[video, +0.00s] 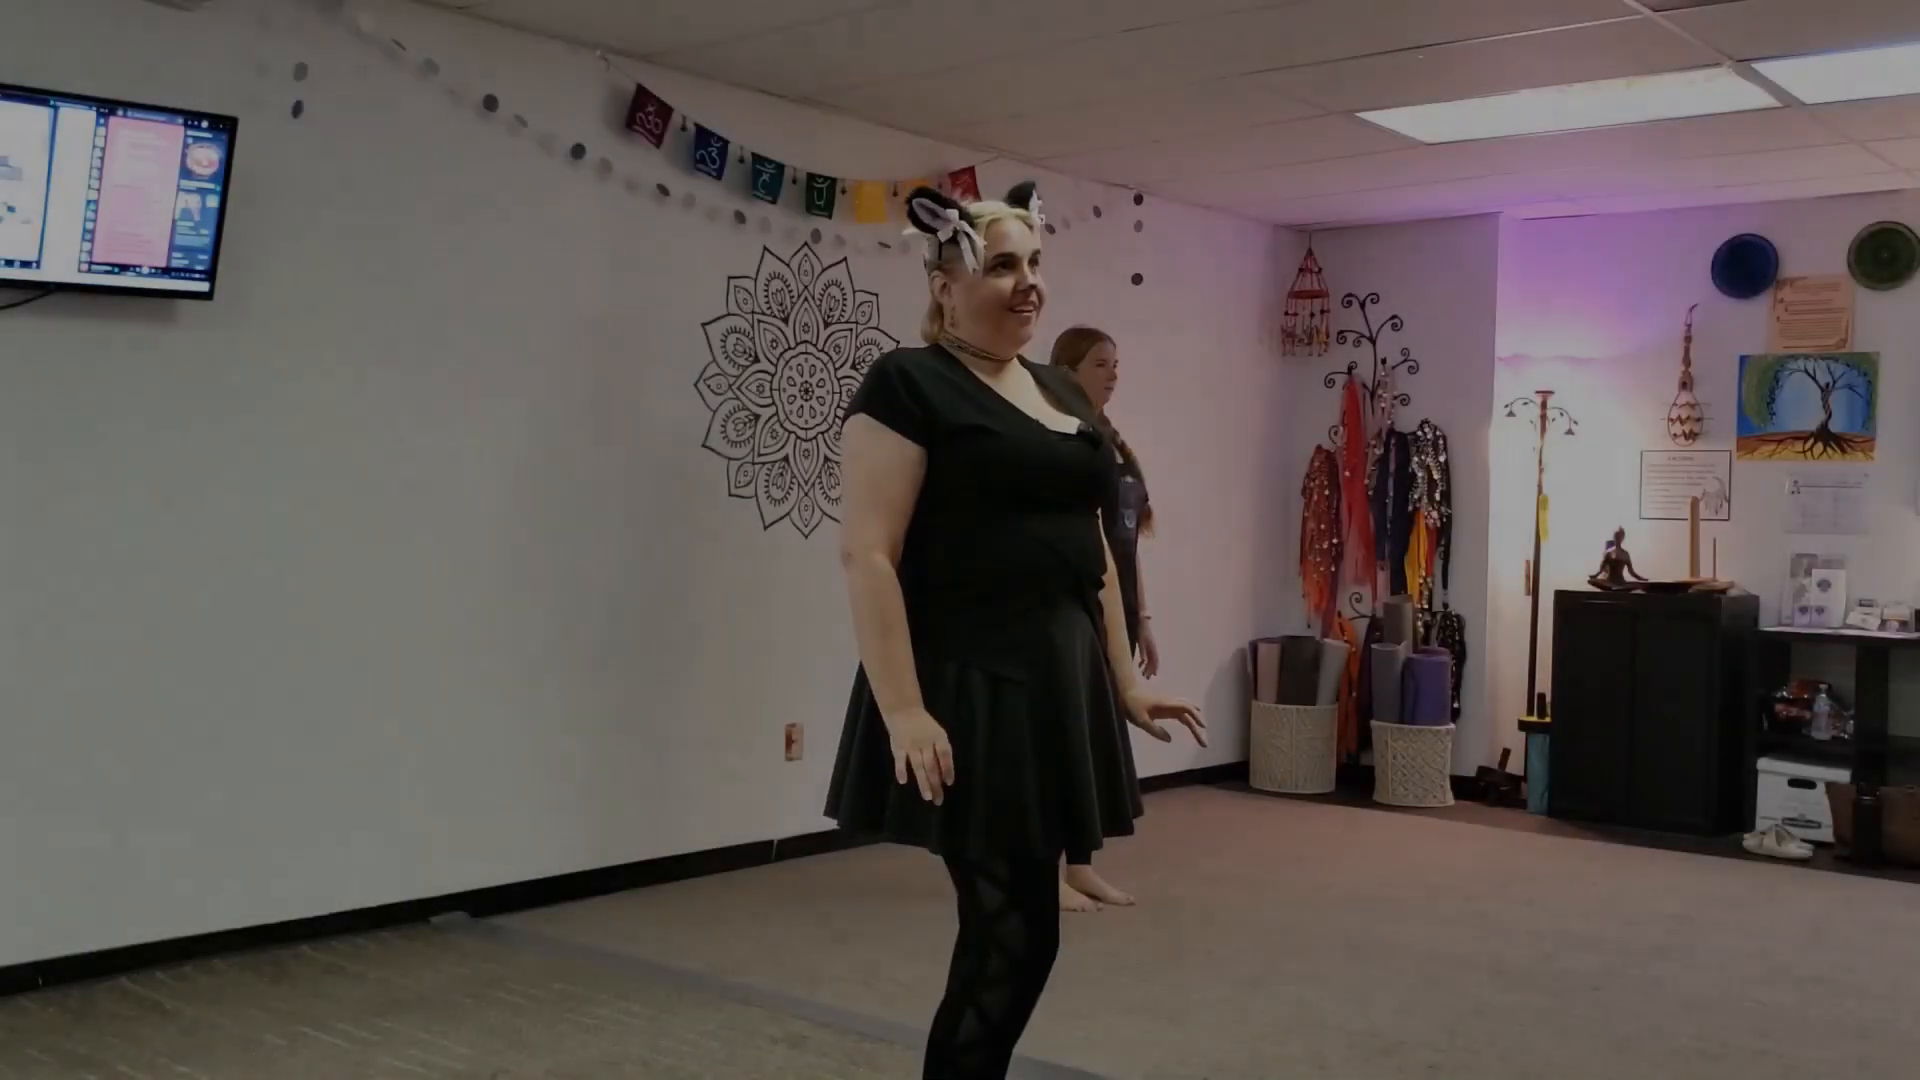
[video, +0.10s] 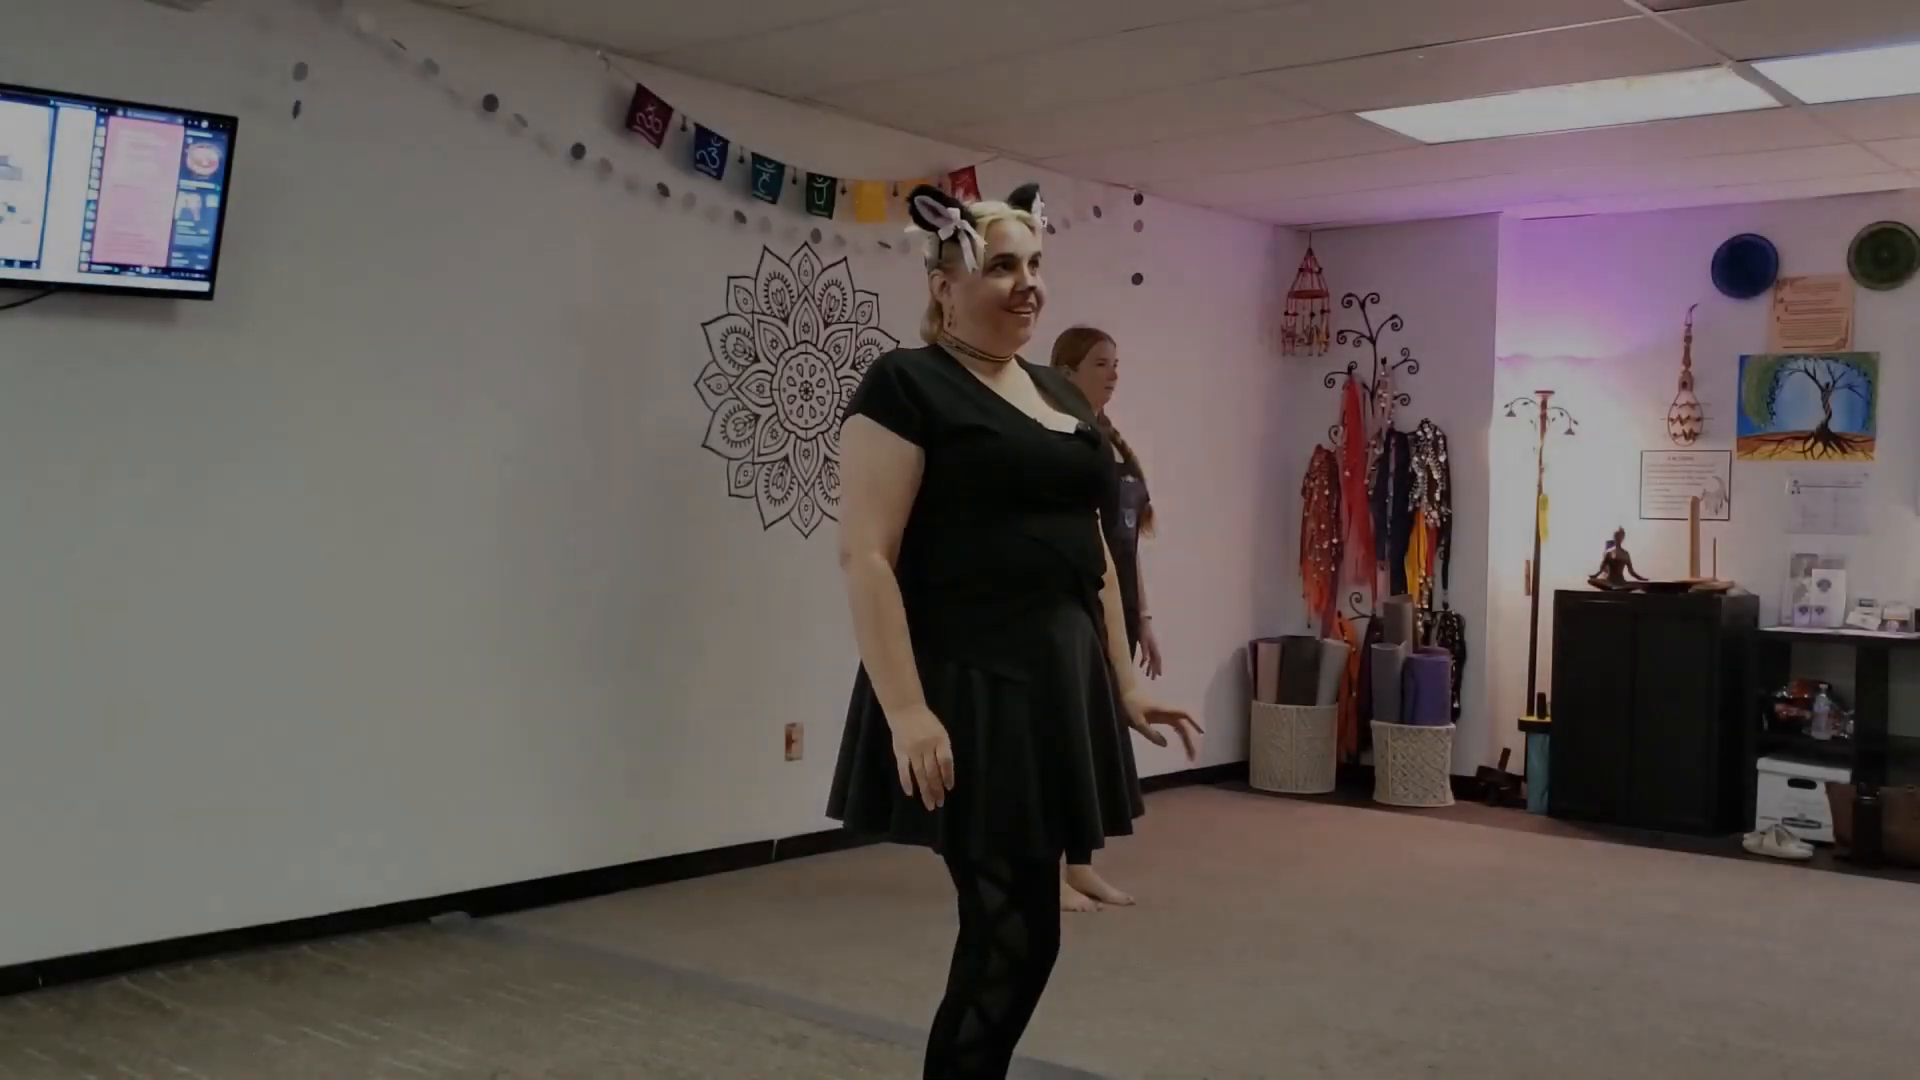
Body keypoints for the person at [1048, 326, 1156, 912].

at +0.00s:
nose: (1112, 376)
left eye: (1115, 367)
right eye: (1102, 366)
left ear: (1111, 374)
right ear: (1068, 370)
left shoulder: (1109, 441)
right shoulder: (1048, 436)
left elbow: (1124, 541)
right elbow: (1061, 534)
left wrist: (1140, 621)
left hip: (1106, 605)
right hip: (1054, 603)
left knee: (1087, 727)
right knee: (1047, 727)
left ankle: (1078, 862)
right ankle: (1045, 868)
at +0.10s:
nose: (1113, 375)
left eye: (1115, 365)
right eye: (1103, 365)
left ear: (1108, 373)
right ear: (1068, 371)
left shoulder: (1110, 441)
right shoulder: (1049, 437)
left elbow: (1125, 541)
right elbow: (1061, 534)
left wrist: (1142, 620)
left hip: (1108, 605)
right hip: (1054, 603)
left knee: (1088, 725)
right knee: (1049, 725)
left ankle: (1078, 860)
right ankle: (1046, 868)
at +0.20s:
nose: (1113, 374)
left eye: (1115, 365)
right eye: (1101, 365)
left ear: (1109, 373)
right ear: (1067, 370)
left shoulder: (1110, 441)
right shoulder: (1047, 439)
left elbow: (1126, 542)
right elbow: (1051, 531)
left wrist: (1143, 621)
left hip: (1112, 602)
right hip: (1059, 601)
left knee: (1094, 725)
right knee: (1054, 726)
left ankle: (1078, 861)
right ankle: (1047, 868)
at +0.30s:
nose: (1113, 373)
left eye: (1115, 363)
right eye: (1101, 363)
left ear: (1109, 373)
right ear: (1068, 370)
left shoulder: (1113, 445)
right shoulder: (1050, 440)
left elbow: (1129, 542)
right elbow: (1050, 536)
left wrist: (1145, 621)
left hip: (1115, 607)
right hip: (1061, 605)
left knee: (1089, 727)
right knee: (1058, 728)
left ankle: (1077, 860)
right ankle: (1050, 868)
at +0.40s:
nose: (1113, 373)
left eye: (1115, 364)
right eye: (1102, 364)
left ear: (1109, 373)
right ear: (1068, 370)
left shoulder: (1113, 445)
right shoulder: (1048, 440)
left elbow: (1128, 540)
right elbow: (1048, 533)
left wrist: (1146, 618)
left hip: (1114, 603)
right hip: (1059, 602)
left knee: (1097, 725)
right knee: (1056, 725)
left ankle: (1078, 860)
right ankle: (1048, 868)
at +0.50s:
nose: (1113, 372)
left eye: (1115, 363)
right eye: (1101, 363)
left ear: (1109, 373)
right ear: (1068, 370)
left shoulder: (1113, 444)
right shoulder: (1049, 439)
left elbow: (1130, 540)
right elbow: (1048, 532)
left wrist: (1147, 619)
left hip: (1112, 602)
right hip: (1057, 602)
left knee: (1102, 721)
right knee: (1055, 725)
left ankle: (1079, 859)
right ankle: (1048, 868)